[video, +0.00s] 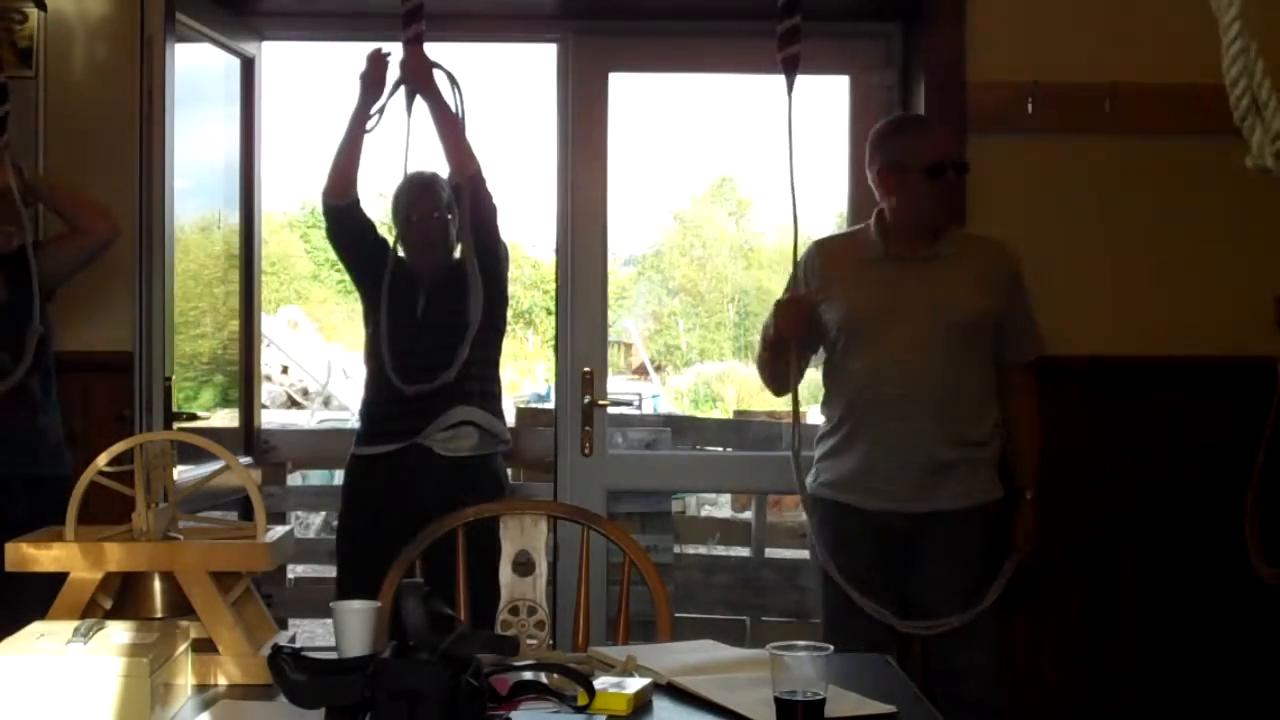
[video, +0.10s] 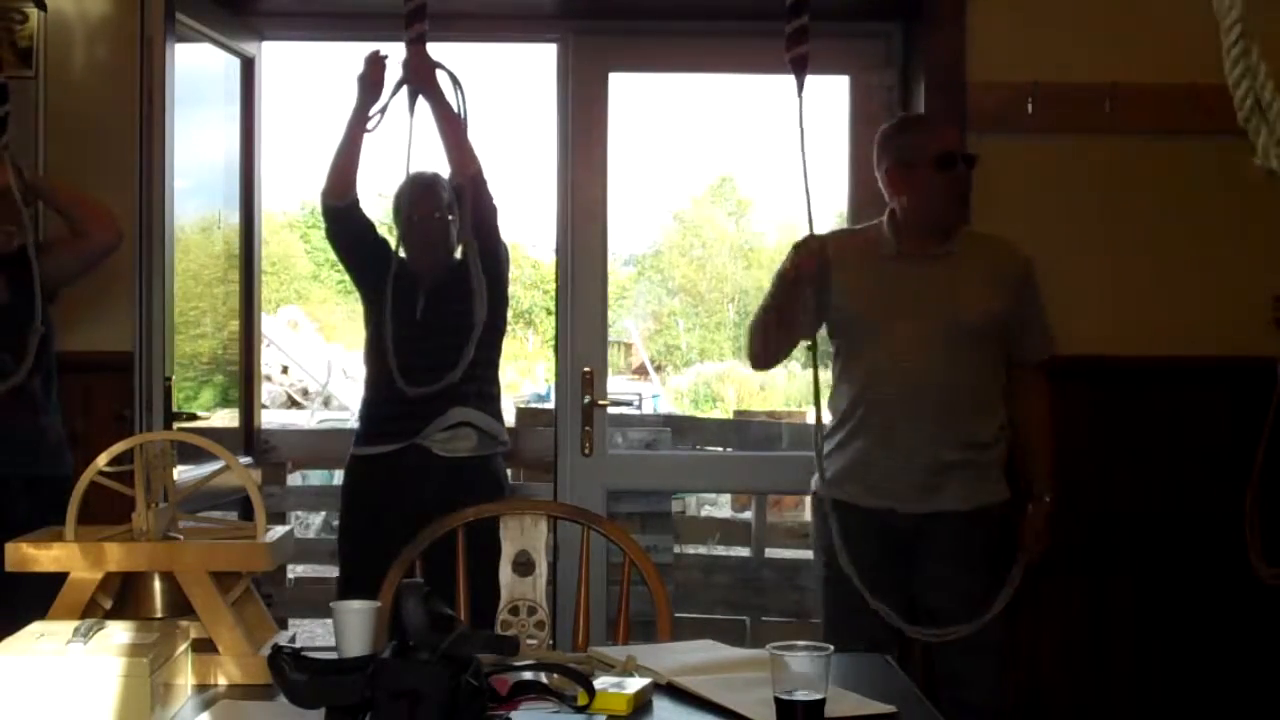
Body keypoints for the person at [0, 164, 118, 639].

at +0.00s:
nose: (13, 215)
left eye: (11, 204)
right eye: (7, 198)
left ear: (20, 210)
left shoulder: (22, 269)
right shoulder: (22, 271)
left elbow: (99, 229)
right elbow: (99, 230)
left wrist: (28, 181)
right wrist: (28, 182)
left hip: (36, 461)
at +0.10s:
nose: (11, 222)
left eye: (12, 211)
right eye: (7, 209)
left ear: (21, 216)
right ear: (6, 215)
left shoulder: (24, 271)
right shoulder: (23, 272)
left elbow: (102, 234)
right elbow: (102, 234)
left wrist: (30, 183)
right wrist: (30, 182)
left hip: (35, 463)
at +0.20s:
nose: (12, 219)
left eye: (14, 209)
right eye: (7, 207)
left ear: (23, 214)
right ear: (4, 213)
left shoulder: (24, 271)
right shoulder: (24, 272)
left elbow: (105, 237)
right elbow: (105, 237)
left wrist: (31, 182)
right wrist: (30, 182)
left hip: (36, 461)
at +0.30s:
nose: (11, 216)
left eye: (10, 203)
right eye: (7, 202)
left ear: (21, 212)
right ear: (6, 208)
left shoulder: (26, 269)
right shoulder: (25, 270)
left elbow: (105, 236)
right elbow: (105, 236)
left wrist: (33, 191)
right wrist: (33, 191)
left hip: (36, 458)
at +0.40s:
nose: (11, 212)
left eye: (13, 199)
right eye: (5, 199)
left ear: (25, 209)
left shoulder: (28, 270)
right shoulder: (25, 272)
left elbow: (105, 230)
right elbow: (105, 230)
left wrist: (32, 195)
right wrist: (34, 196)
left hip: (38, 459)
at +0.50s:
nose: (13, 216)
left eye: (15, 203)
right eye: (5, 203)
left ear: (26, 214)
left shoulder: (30, 274)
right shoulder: (27, 276)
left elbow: (106, 229)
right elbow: (106, 229)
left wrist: (30, 200)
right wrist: (32, 199)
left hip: (38, 458)